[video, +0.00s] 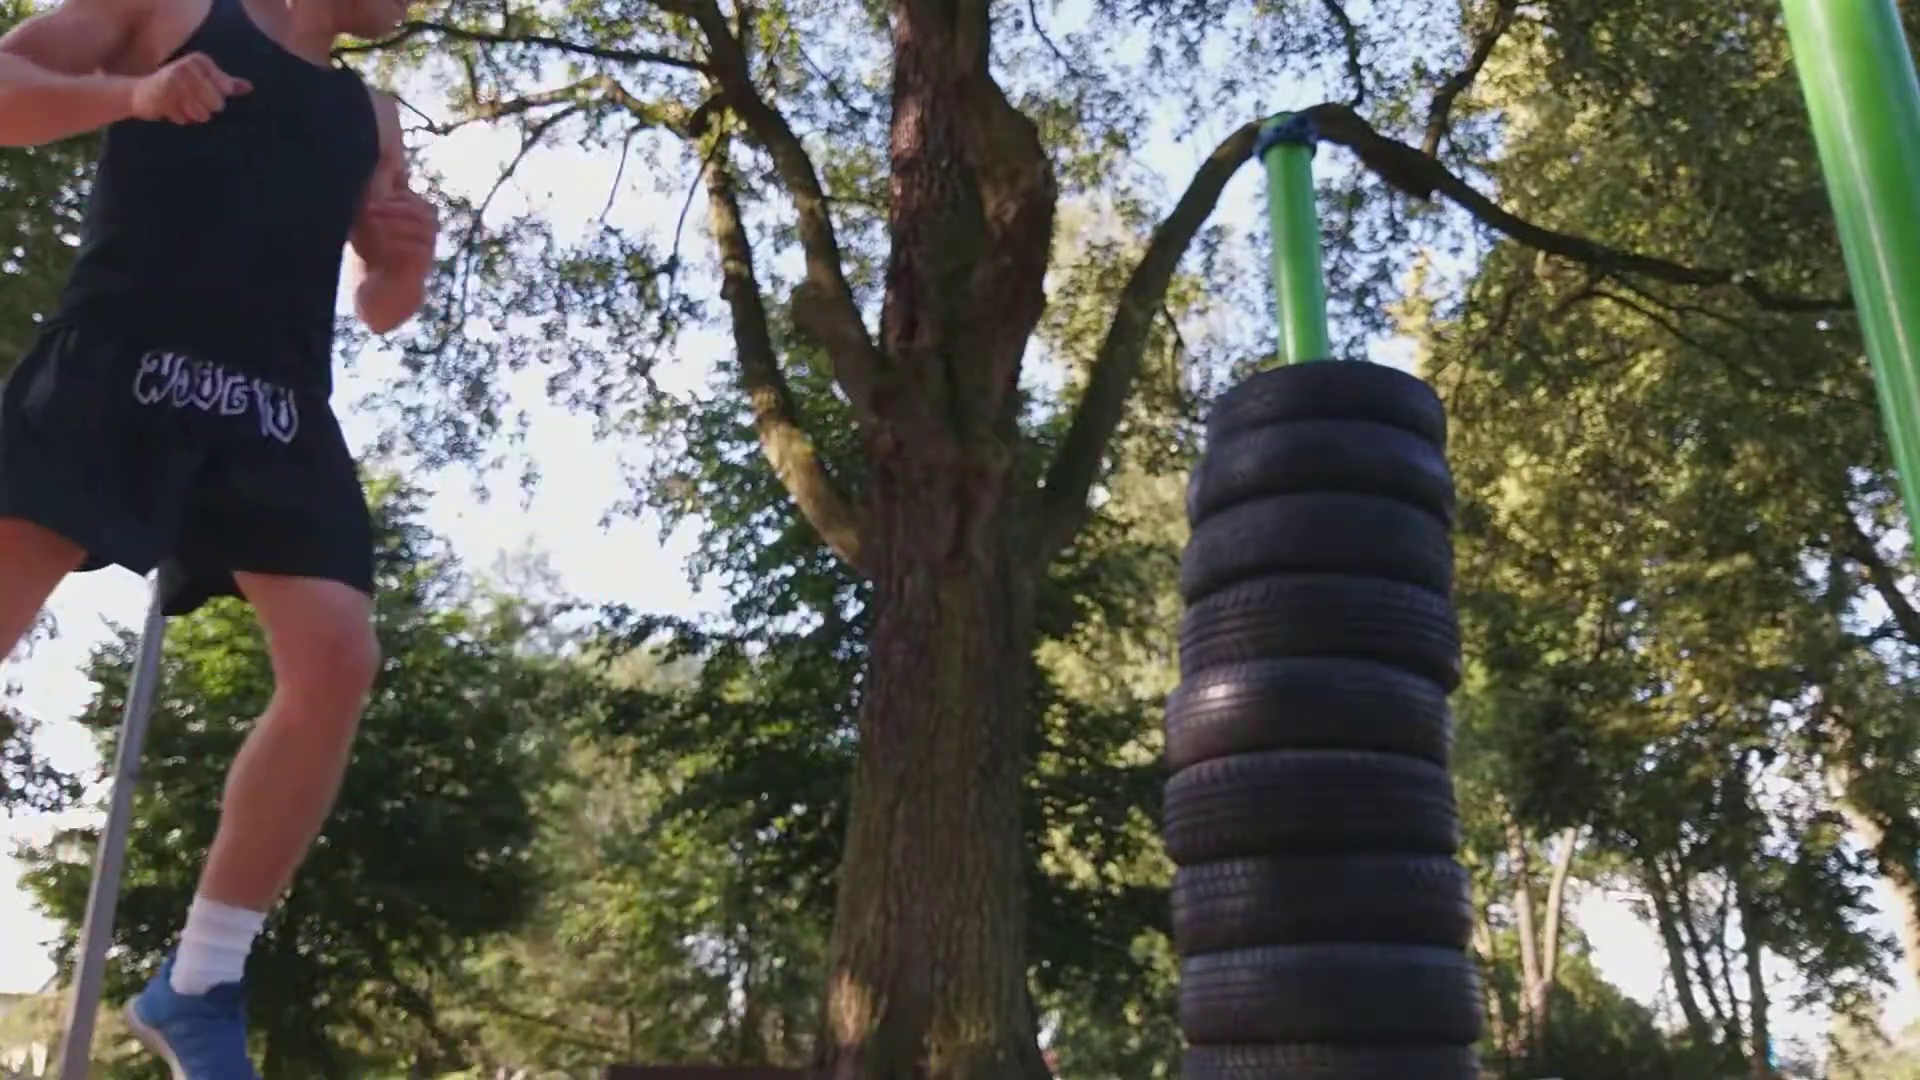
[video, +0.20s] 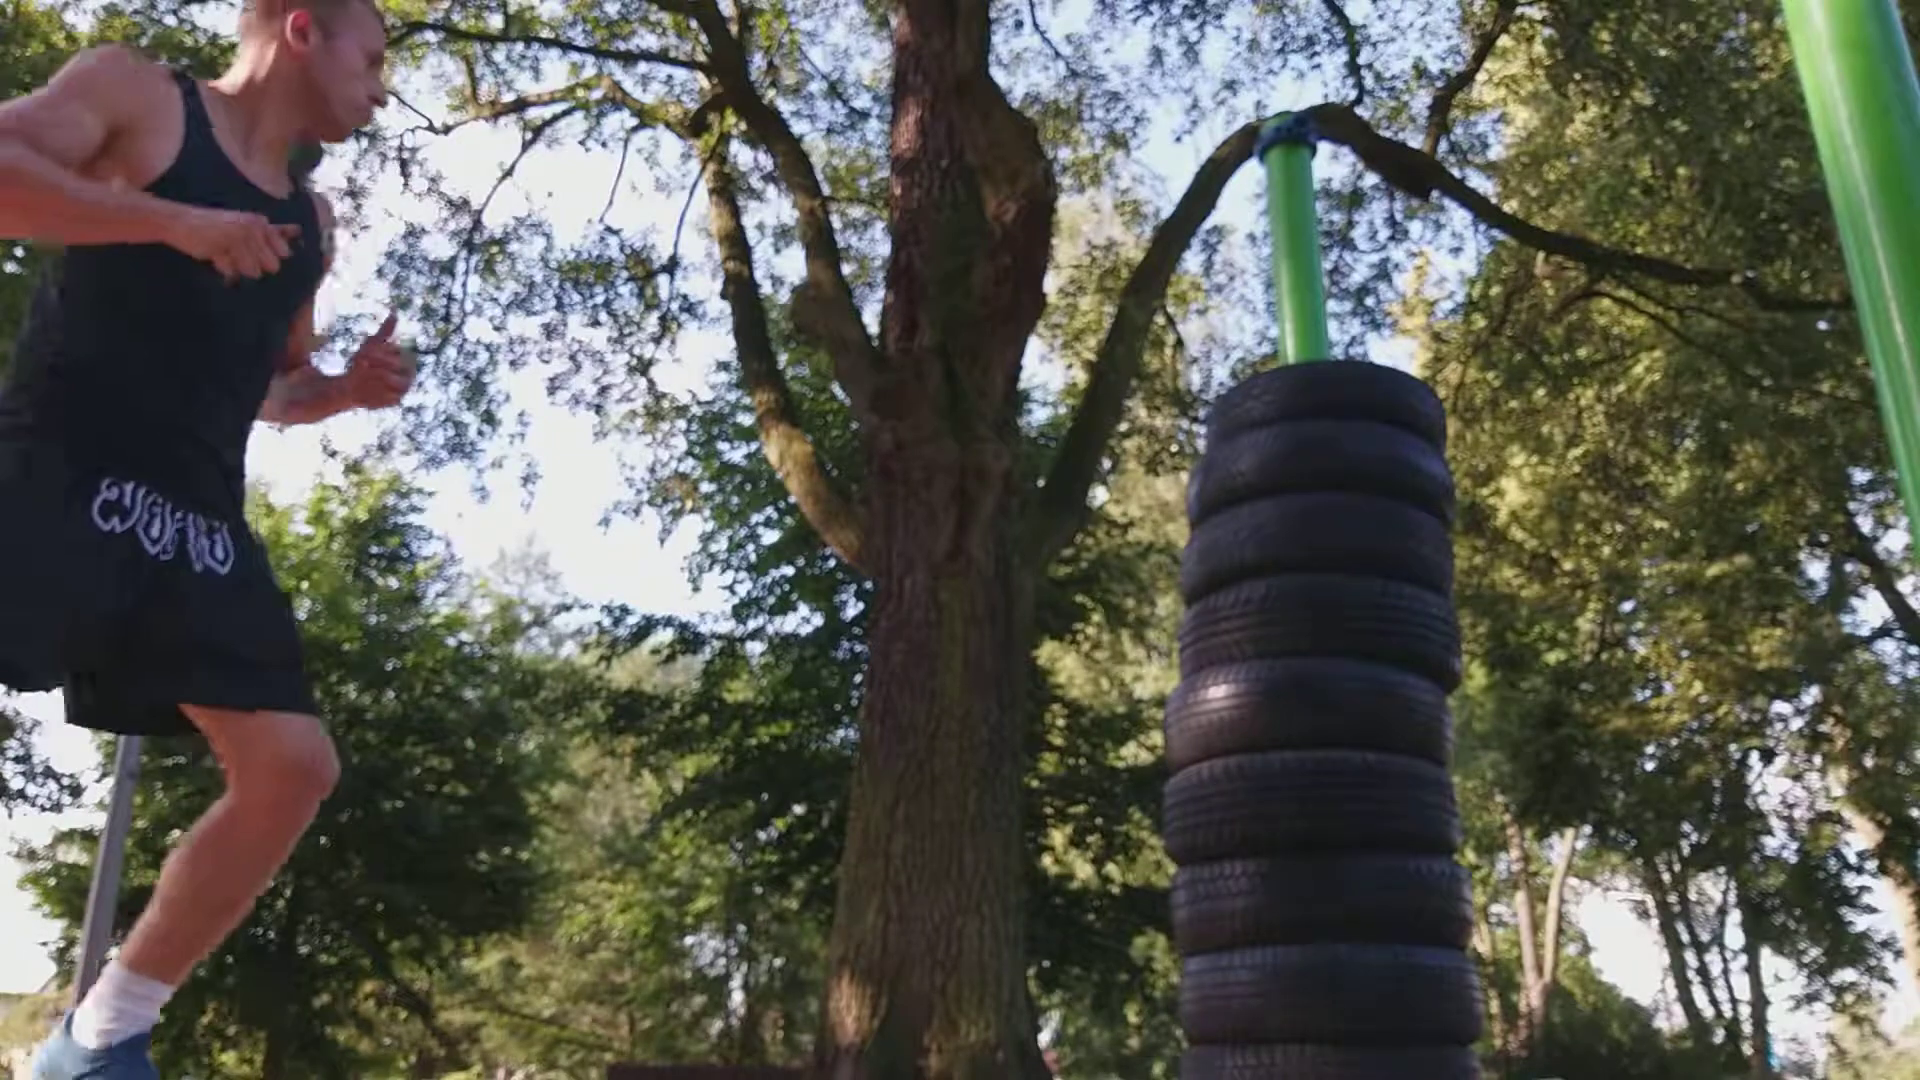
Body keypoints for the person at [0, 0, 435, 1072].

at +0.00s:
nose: (411, 5)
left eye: (414, 4)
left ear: (375, 12)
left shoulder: (369, 113)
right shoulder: (163, 10)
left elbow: (383, 310)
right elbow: (2, 93)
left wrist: (408, 256)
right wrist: (131, 93)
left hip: (278, 412)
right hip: (108, 373)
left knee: (336, 663)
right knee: (0, 616)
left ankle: (200, 983)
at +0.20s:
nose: (384, 87)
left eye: (386, 64)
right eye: (371, 53)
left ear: (306, 44)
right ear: (291, 28)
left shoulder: (310, 220)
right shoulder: (132, 85)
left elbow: (266, 392)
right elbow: (3, 166)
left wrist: (346, 387)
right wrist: (174, 220)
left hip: (199, 529)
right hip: (51, 482)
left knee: (292, 770)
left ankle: (99, 1040)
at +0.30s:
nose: (416, 92)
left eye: (422, 72)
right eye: (410, 62)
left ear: (348, 41)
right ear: (338, 29)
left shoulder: (325, 198)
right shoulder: (187, 81)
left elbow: (246, 365)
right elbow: (54, 180)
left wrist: (348, 368)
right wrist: (260, 224)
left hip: (244, 510)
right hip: (95, 476)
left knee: (344, 727)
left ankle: (192, 998)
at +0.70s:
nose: (465, 150)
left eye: (471, 133)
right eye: (456, 124)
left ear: (403, 116)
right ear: (387, 102)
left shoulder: (403, 266)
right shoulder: (260, 155)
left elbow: (354, 420)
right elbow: (127, 276)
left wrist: (451, 409)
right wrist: (295, 293)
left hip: (336, 537)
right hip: (211, 494)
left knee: (360, 768)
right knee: (57, 691)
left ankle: (333, 1040)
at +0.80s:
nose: (453, 139)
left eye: (462, 124)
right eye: (445, 112)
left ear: (398, 109)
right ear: (375, 89)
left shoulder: (392, 256)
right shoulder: (248, 138)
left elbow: (390, 414)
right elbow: (105, 235)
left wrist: (437, 393)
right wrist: (285, 244)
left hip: (320, 519)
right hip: (195, 479)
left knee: (351, 757)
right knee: (58, 687)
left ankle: (283, 1034)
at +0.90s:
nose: (436, 170)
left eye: (441, 151)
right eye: (427, 143)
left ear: (369, 130)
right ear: (358, 118)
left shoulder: (378, 294)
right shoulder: (218, 175)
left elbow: (376, 451)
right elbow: (87, 254)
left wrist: (414, 430)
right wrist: (272, 239)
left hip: (297, 560)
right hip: (165, 523)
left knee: (351, 797)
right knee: (25, 739)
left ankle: (234, 1060)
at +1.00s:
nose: (445, 181)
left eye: (451, 164)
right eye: (437, 154)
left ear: (377, 138)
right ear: (371, 129)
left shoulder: (383, 291)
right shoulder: (229, 183)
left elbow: (334, 467)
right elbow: (94, 280)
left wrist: (392, 430)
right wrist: (270, 262)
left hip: (305, 561)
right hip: (178, 527)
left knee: (410, 773)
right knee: (27, 741)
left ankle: (277, 1032)